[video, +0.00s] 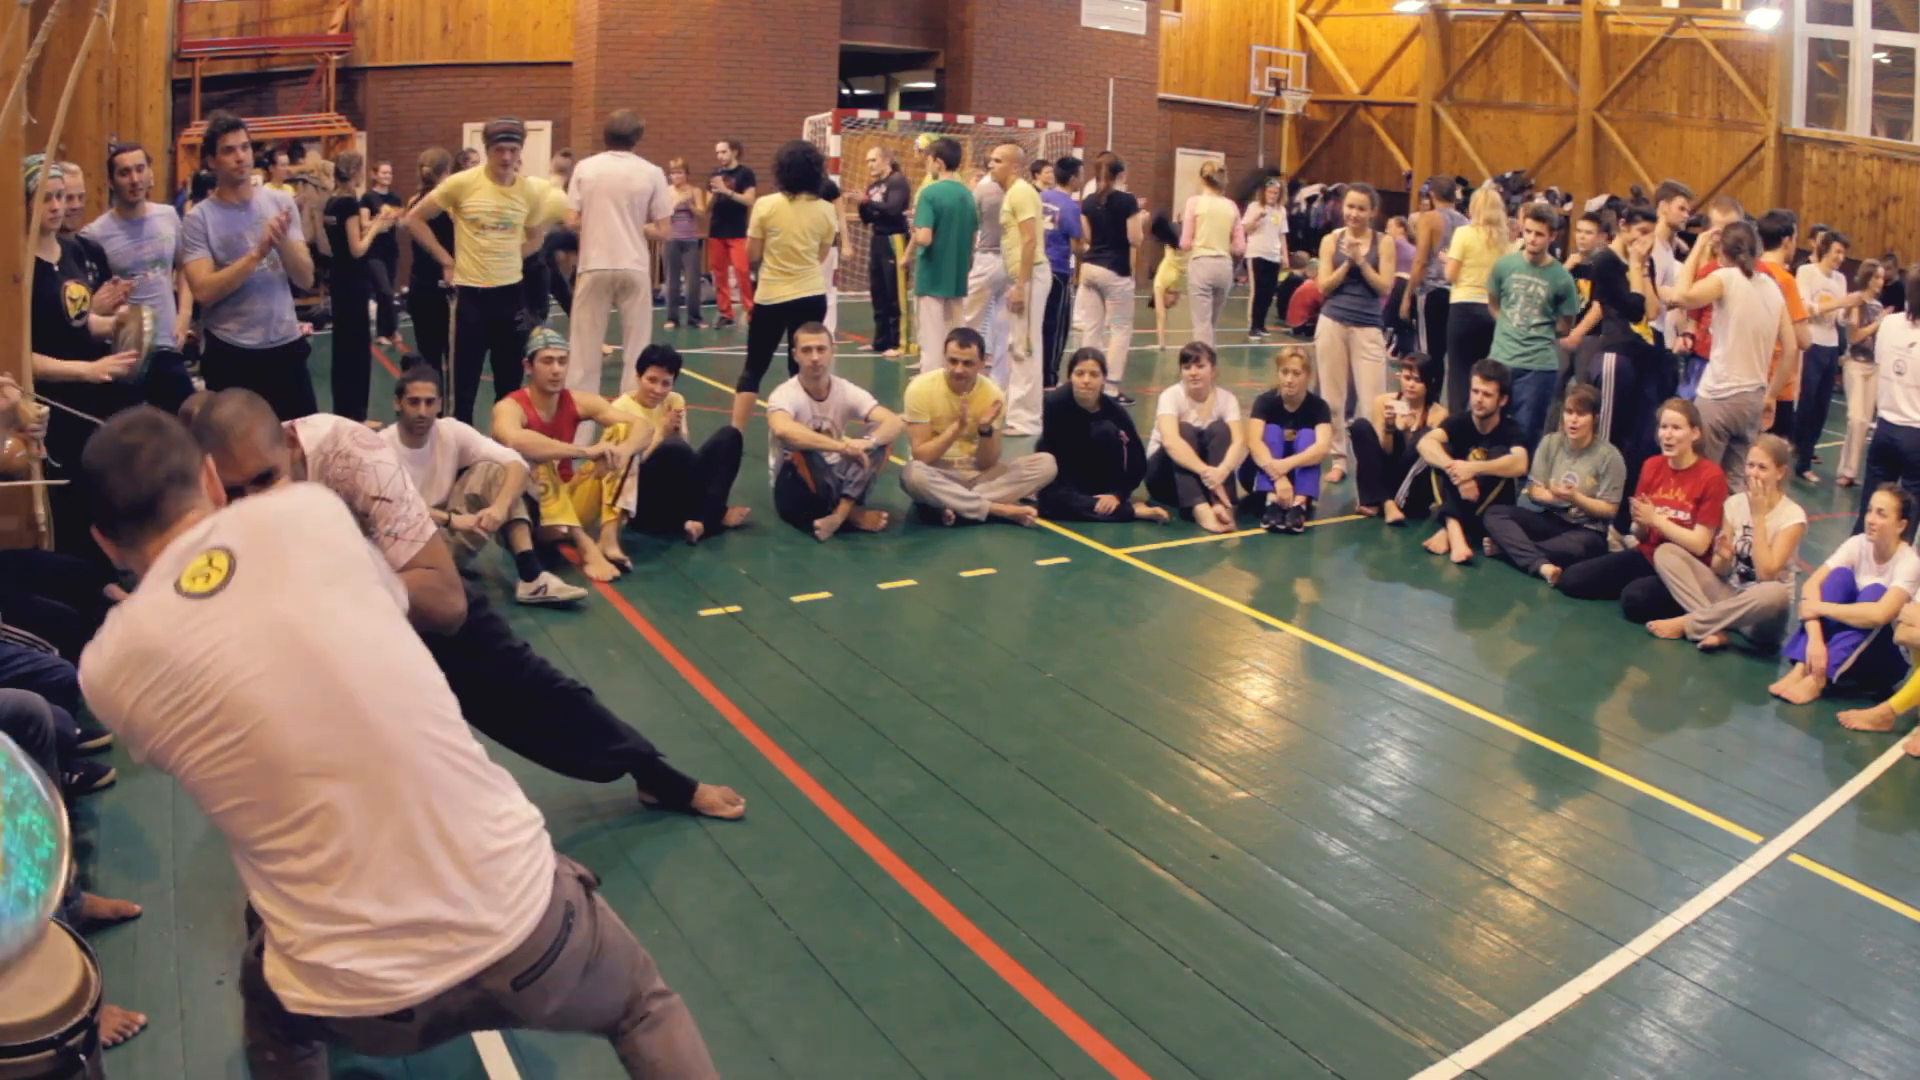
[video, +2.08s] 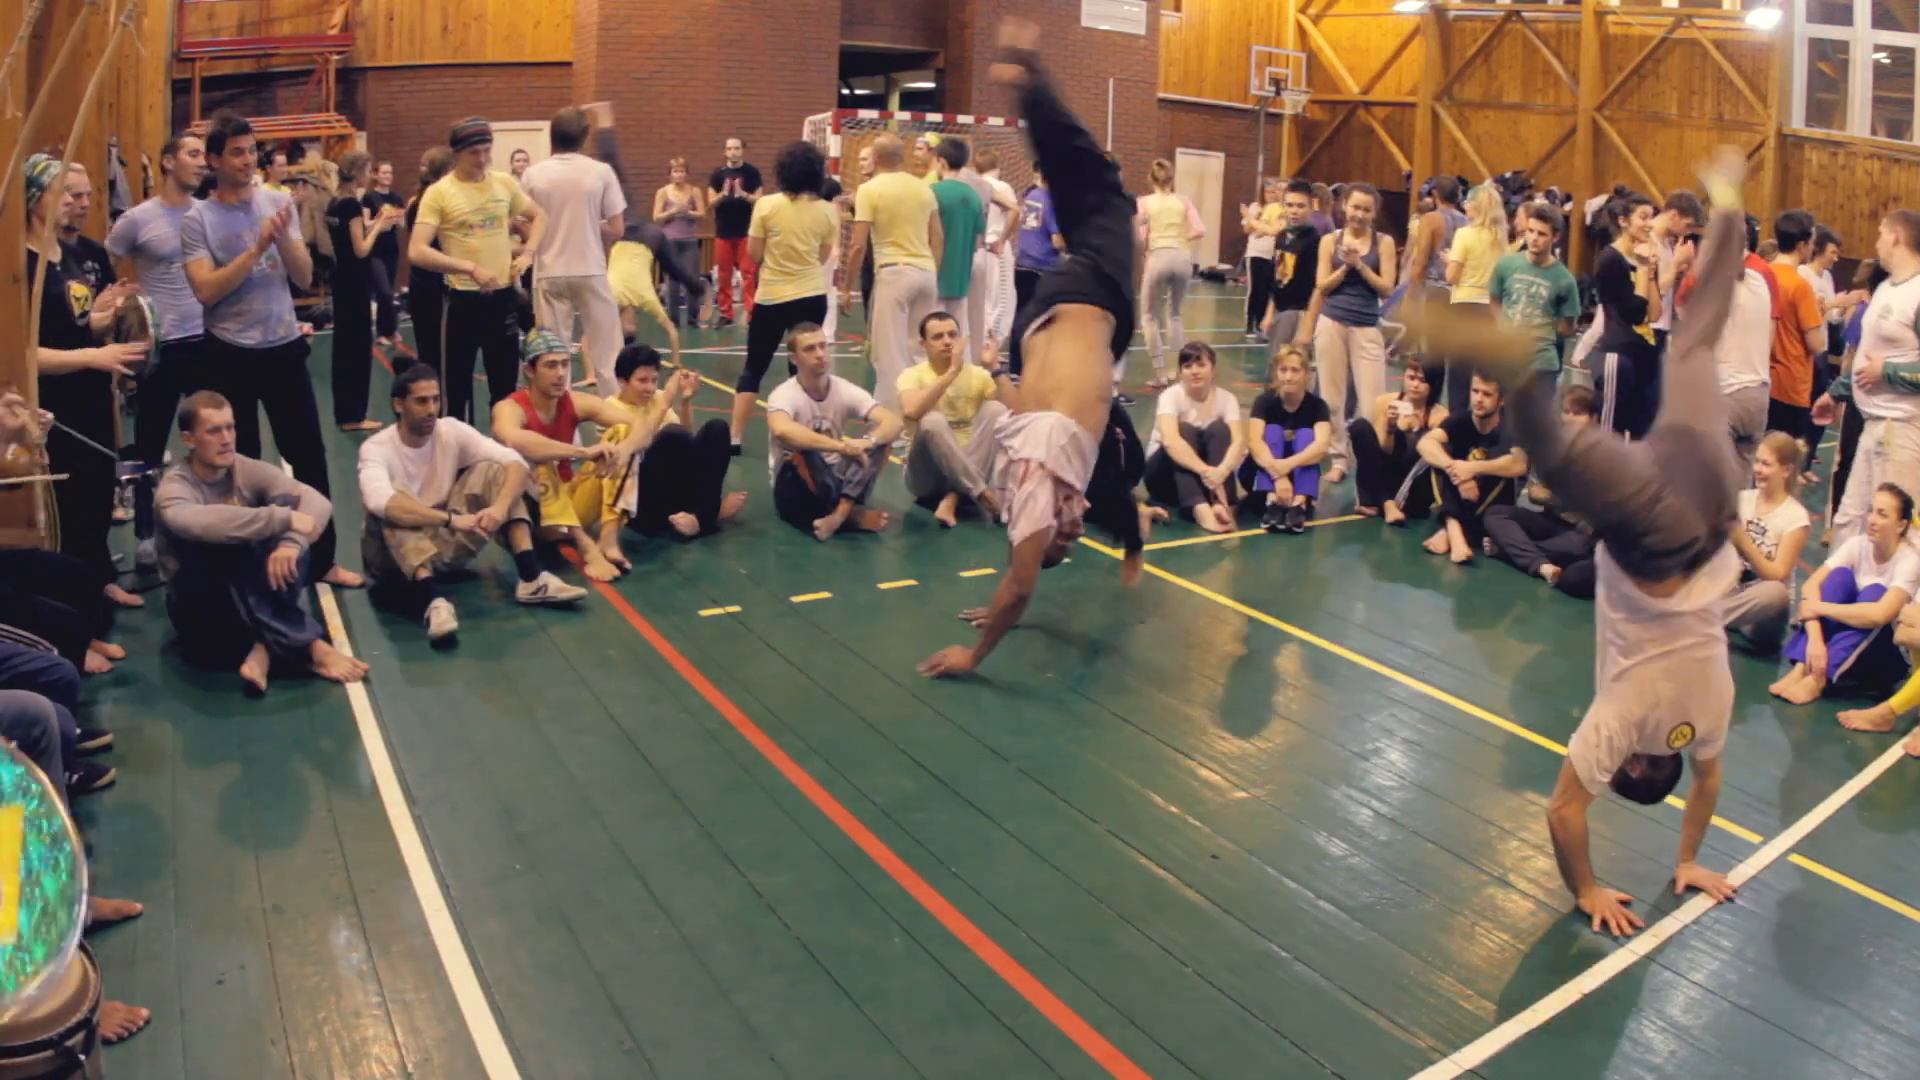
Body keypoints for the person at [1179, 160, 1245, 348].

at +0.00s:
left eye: (1201, 178)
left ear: (1202, 179)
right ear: (1223, 181)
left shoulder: (1193, 203)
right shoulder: (1232, 206)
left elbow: (1185, 243)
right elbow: (1239, 247)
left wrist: (1199, 241)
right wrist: (1222, 246)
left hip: (1200, 258)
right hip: (1224, 260)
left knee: (1202, 321)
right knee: (1211, 321)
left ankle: (1204, 368)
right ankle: (1205, 363)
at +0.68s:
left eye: (1198, 180)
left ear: (1200, 181)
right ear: (1220, 182)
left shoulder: (1191, 202)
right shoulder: (1228, 206)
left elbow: (1182, 240)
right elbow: (1235, 244)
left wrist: (1188, 247)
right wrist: (1216, 244)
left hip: (1196, 260)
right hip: (1219, 261)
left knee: (1178, 317)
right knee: (1206, 322)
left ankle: (1175, 370)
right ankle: (1203, 370)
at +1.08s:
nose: (1178, 186)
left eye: (1178, 182)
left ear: (1177, 183)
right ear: (1197, 184)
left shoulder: (1169, 205)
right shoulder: (1208, 206)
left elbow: (1165, 245)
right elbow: (1216, 244)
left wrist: (1173, 259)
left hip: (1179, 259)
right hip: (1204, 259)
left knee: (1165, 318)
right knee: (1195, 323)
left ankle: (1157, 366)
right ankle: (1199, 368)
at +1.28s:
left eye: (1162, 186)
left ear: (1161, 188)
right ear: (1181, 187)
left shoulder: (1157, 210)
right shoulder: (1193, 208)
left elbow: (1153, 251)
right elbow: (1202, 243)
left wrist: (1151, 278)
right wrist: (1194, 259)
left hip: (1170, 259)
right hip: (1194, 258)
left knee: (1155, 317)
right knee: (1178, 320)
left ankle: (1152, 375)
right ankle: (1181, 374)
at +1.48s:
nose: (1147, 208)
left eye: (1148, 204)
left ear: (1151, 205)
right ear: (1170, 204)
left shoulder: (1147, 227)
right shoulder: (1183, 222)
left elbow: (1143, 264)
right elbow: (1195, 255)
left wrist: (1132, 288)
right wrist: (1191, 270)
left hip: (1167, 273)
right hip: (1190, 272)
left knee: (1144, 323)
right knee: (1160, 325)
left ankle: (1152, 374)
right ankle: (1159, 374)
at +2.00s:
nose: (1147, 187)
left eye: (1147, 184)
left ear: (1149, 184)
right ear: (1169, 184)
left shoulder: (1144, 207)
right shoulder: (1183, 205)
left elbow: (1140, 244)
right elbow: (1199, 233)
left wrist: (1135, 269)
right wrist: (1181, 241)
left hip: (1158, 258)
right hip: (1182, 256)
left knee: (1145, 313)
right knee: (1163, 315)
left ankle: (1157, 366)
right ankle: (1162, 367)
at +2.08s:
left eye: (1151, 179)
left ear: (1151, 180)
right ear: (1171, 179)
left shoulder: (1144, 202)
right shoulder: (1184, 202)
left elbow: (1140, 234)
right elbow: (1199, 229)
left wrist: (1146, 245)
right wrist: (1182, 239)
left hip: (1158, 251)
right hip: (1182, 251)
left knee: (1149, 314)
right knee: (1176, 314)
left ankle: (1160, 371)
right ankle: (1179, 368)